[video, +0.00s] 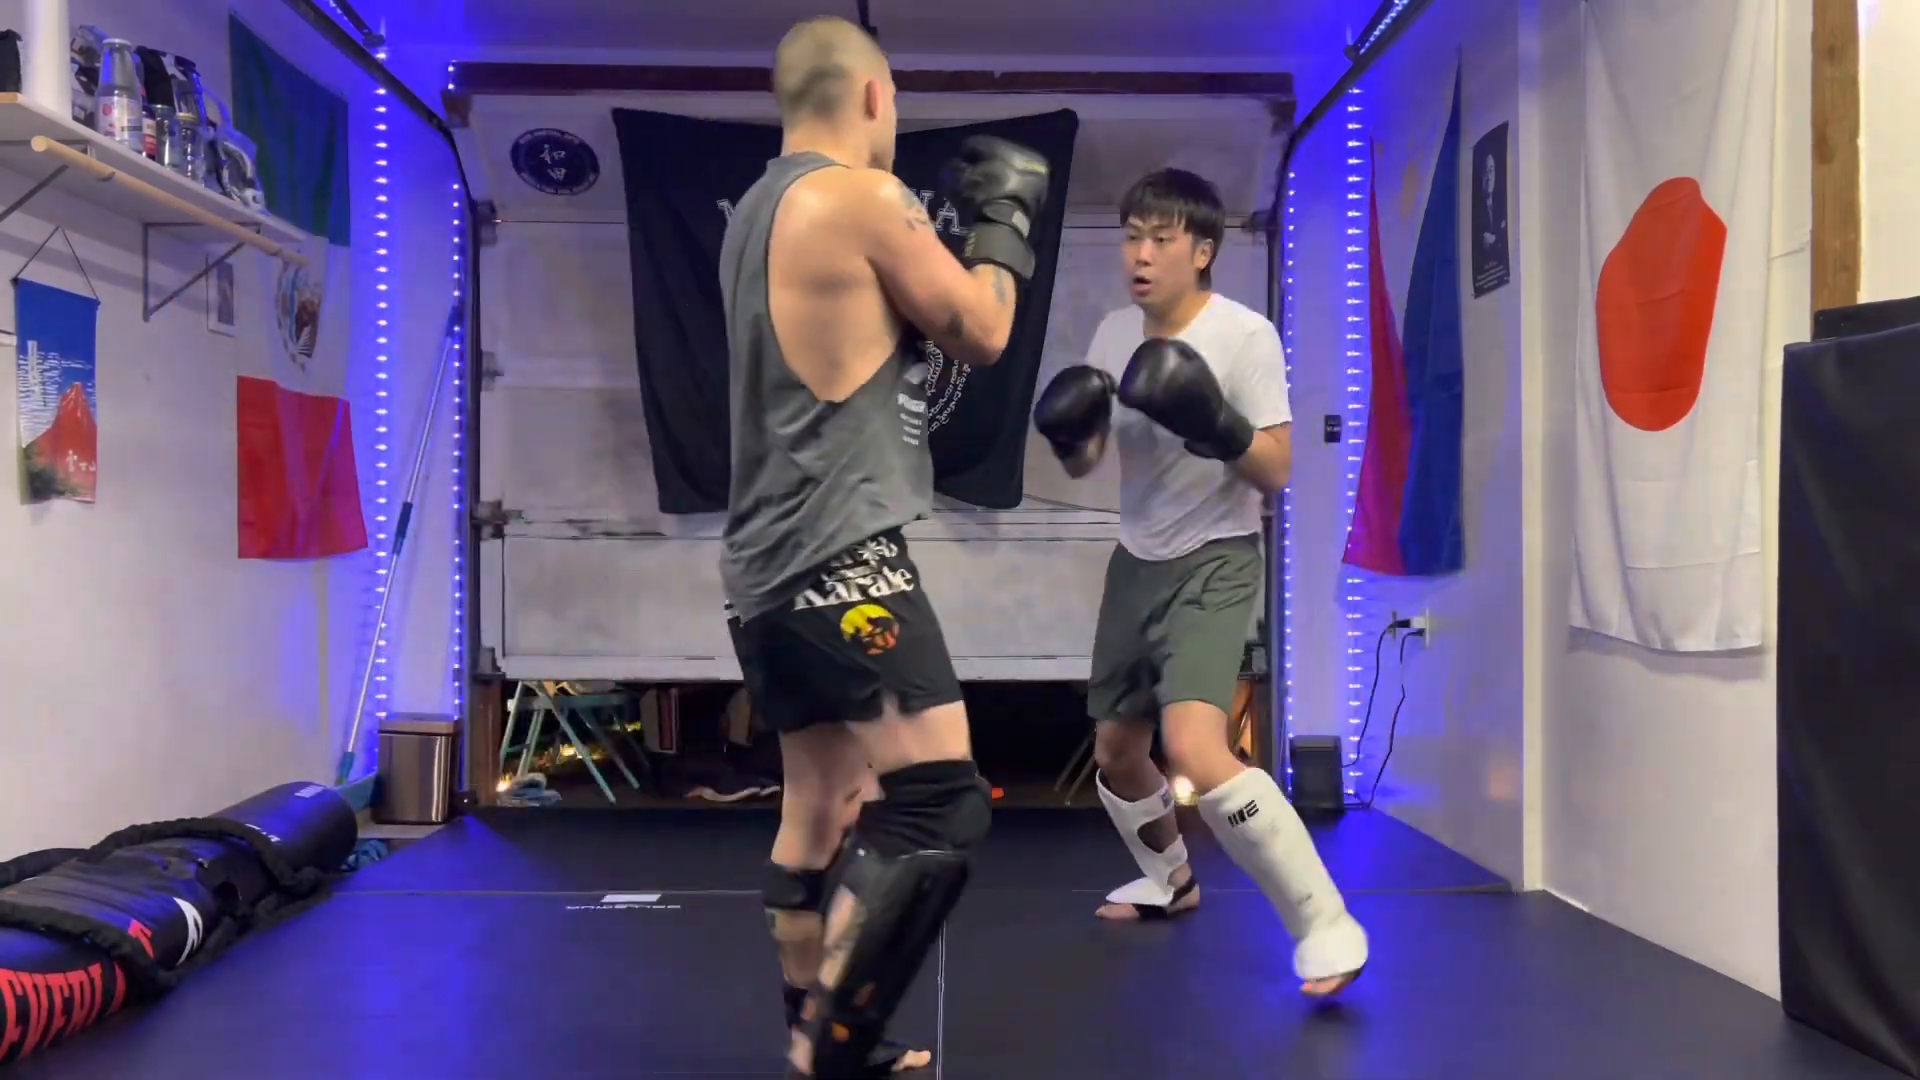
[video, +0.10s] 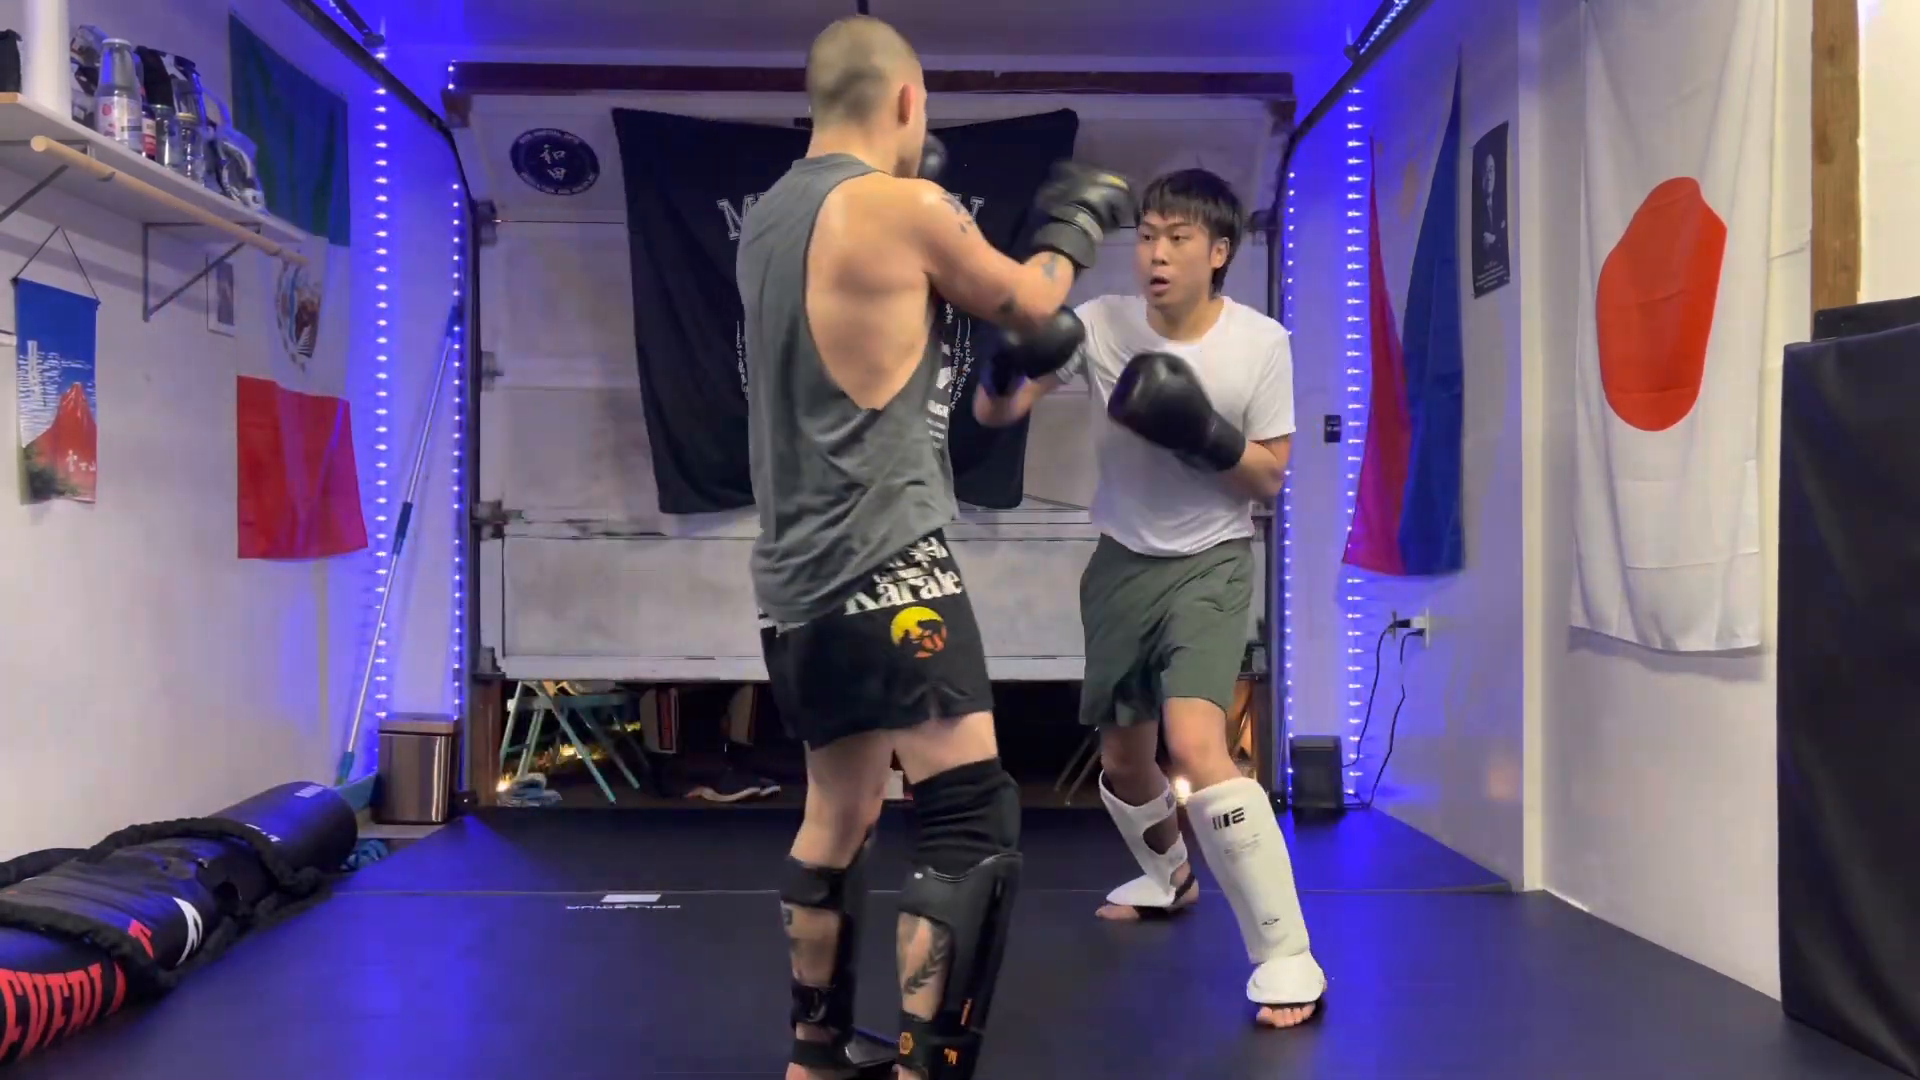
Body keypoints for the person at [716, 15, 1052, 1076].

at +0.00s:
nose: (898, 114)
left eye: (893, 97)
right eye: (894, 95)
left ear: (789, 104)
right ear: (872, 93)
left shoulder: (756, 212)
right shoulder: (861, 199)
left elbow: (825, 368)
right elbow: (982, 328)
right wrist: (1003, 223)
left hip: (768, 559)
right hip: (846, 553)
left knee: (818, 803)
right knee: (939, 803)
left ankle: (823, 1039)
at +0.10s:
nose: (925, 125)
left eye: (922, 107)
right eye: (923, 105)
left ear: (816, 104)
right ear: (905, 97)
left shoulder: (766, 214)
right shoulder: (905, 207)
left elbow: (880, 314)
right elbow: (1032, 303)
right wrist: (1072, 227)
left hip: (794, 574)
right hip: (892, 567)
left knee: (838, 809)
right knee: (966, 819)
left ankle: (815, 1048)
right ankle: (914, 1062)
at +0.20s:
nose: (947, 121)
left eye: (942, 105)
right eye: (947, 105)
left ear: (839, 103)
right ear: (929, 102)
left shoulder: (784, 217)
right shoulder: (948, 207)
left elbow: (961, 319)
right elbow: (1066, 284)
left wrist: (1075, 336)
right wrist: (1134, 292)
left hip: (818, 574)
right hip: (929, 568)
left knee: (865, 807)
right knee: (996, 820)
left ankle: (818, 1048)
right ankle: (938, 1062)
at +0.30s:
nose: (983, 129)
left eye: (978, 115)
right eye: (981, 114)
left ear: (867, 115)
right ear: (967, 112)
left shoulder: (820, 222)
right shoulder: (981, 226)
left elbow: (910, 366)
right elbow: (1073, 329)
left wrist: (1020, 368)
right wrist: (1126, 288)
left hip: (843, 584)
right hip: (946, 580)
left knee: (896, 813)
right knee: (994, 837)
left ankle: (822, 1048)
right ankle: (940, 1067)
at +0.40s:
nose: (1013, 137)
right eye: (1012, 121)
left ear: (894, 125)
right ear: (1003, 116)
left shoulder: (845, 226)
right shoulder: (1024, 233)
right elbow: (1101, 333)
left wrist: (1079, 256)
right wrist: (1141, 250)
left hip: (858, 587)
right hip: (968, 587)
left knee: (915, 798)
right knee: (1020, 850)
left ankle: (832, 1029)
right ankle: (953, 1065)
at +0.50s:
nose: (1038, 127)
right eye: (1039, 116)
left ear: (929, 113)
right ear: (1036, 123)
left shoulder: (867, 211)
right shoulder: (1051, 234)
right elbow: (1094, 338)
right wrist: (1128, 225)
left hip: (878, 588)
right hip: (992, 591)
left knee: (913, 795)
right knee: (1013, 838)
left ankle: (834, 1025)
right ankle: (952, 1064)